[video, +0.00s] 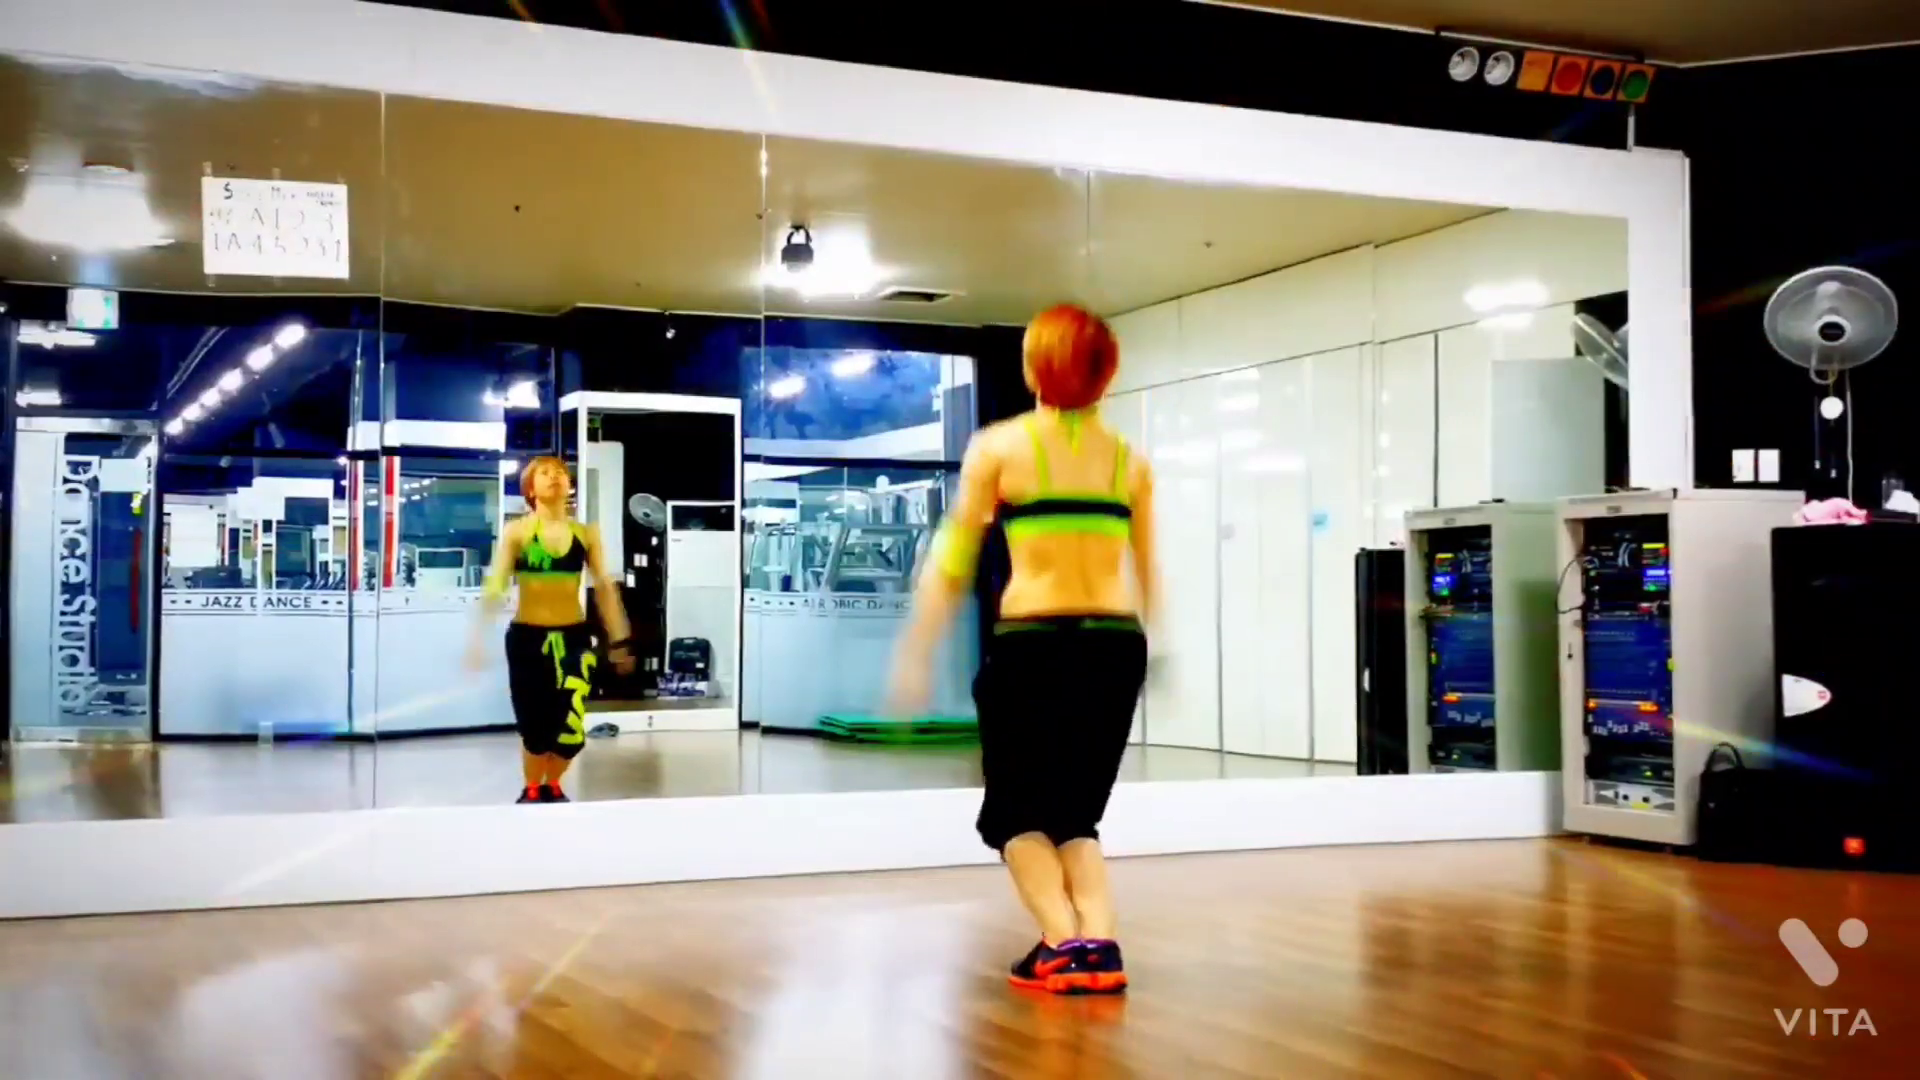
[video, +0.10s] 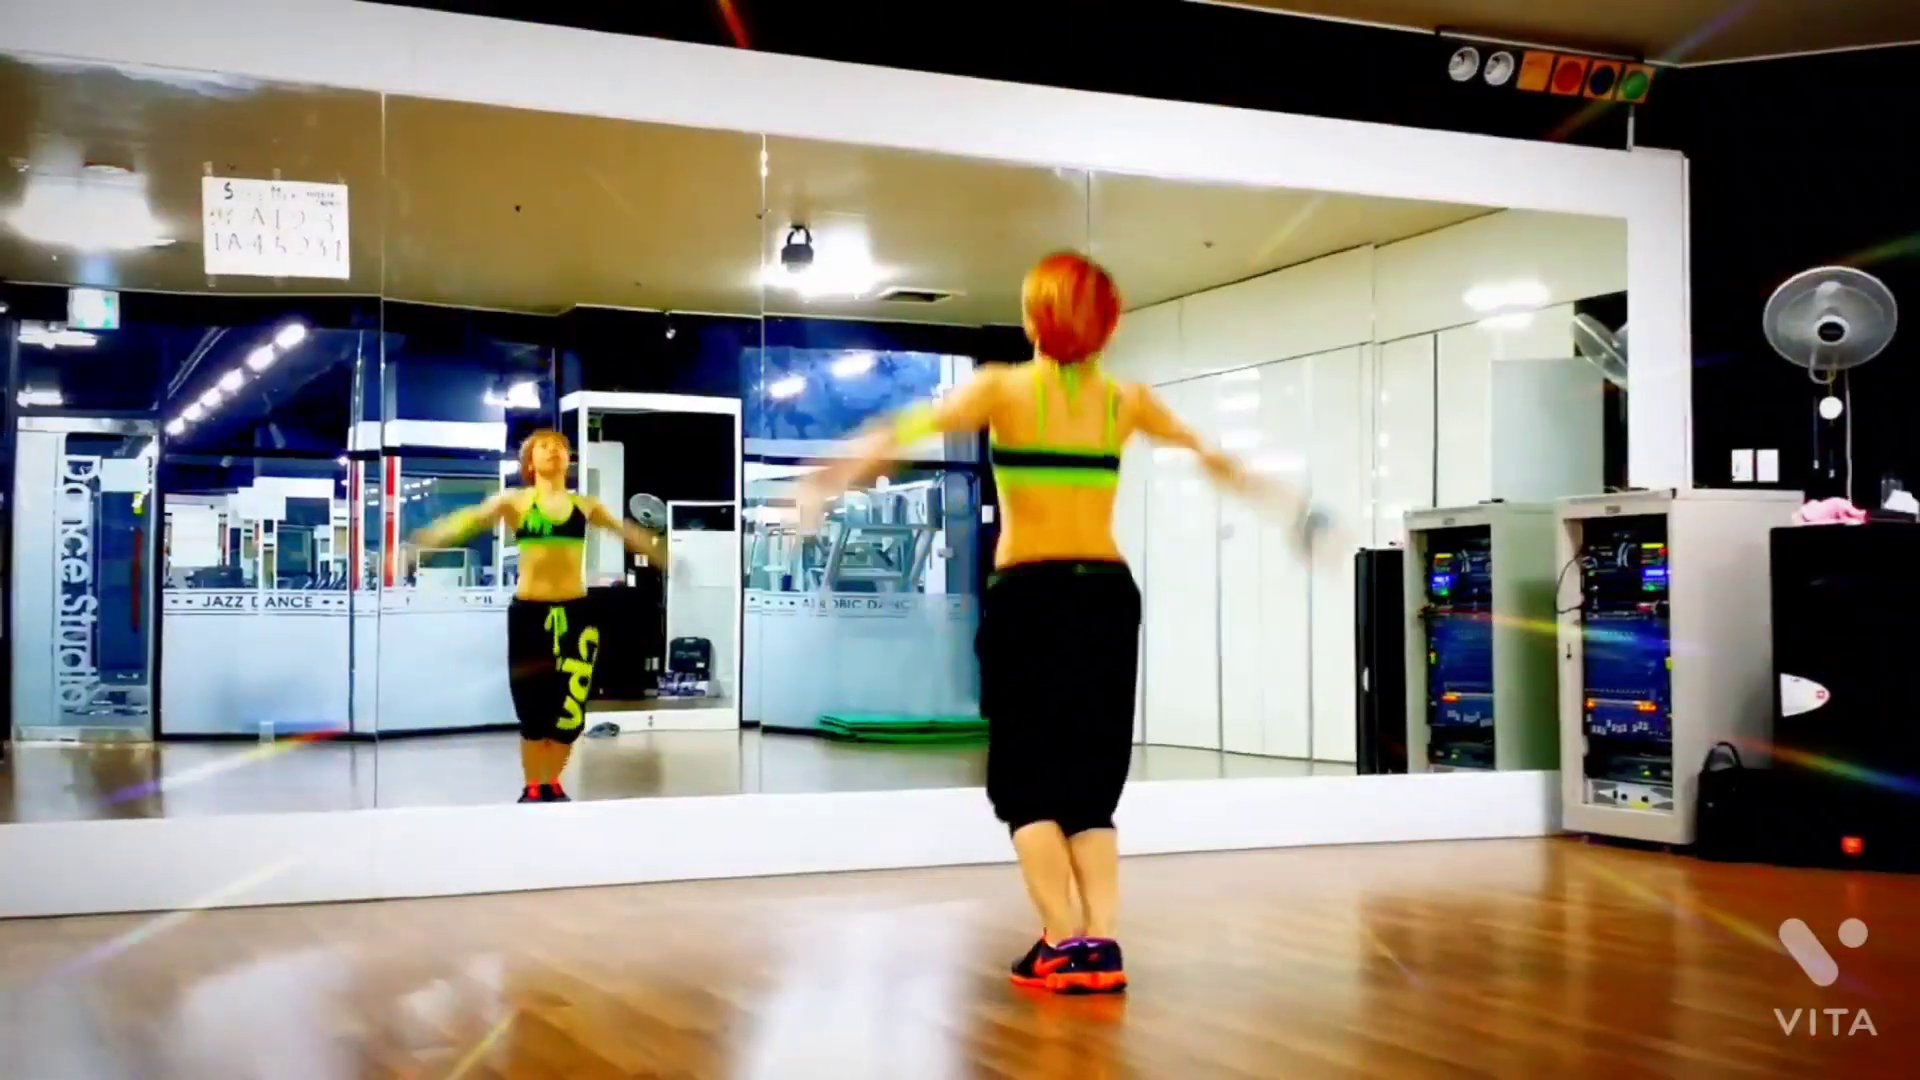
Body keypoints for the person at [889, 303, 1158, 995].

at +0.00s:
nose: (1040, 373)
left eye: (1038, 361)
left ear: (1033, 371)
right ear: (1106, 375)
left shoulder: (998, 447)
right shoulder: (1128, 460)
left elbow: (953, 563)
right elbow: (1146, 569)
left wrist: (917, 654)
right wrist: (1143, 637)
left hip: (1030, 645)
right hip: (1114, 646)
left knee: (1014, 808)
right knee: (1075, 809)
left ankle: (1061, 941)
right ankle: (1101, 944)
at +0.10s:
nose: (1037, 323)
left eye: (1037, 310)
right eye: (1074, 312)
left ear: (1031, 319)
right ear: (1103, 322)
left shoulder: (1000, 388)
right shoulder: (1123, 398)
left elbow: (899, 436)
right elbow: (1208, 453)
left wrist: (831, 483)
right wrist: (1279, 500)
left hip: (1027, 595)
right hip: (1106, 593)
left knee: (1022, 775)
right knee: (1092, 775)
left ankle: (1062, 938)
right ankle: (1101, 942)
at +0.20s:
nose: (1029, 297)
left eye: (1031, 287)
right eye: (1043, 289)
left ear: (1034, 301)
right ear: (1103, 306)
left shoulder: (1002, 368)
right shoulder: (1126, 381)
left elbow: (894, 373)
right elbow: (1222, 399)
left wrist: (797, 390)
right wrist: (1296, 412)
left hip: (1024, 583)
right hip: (1105, 582)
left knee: (1026, 770)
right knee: (1100, 772)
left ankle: (1064, 937)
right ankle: (1102, 943)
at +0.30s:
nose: (1022, 288)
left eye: (1028, 279)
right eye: (1038, 278)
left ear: (1032, 295)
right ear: (1101, 299)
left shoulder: (1006, 356)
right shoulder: (1116, 371)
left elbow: (915, 287)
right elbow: (1207, 310)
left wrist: (823, 230)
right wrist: (1305, 254)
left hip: (1022, 575)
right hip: (1102, 573)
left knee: (1036, 759)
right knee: (1111, 758)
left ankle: (1060, 938)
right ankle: (1102, 942)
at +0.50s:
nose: (1030, 281)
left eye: (1035, 274)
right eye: (1057, 274)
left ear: (1038, 294)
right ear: (1106, 301)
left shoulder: (1009, 349)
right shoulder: (1114, 362)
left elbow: (951, 230)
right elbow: (1161, 262)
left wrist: (886, 129)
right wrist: (1215, 162)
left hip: (1021, 575)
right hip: (1103, 573)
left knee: (1035, 766)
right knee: (1115, 763)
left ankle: (1063, 939)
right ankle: (1103, 943)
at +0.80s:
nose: (1029, 276)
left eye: (1040, 268)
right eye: (1066, 268)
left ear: (1042, 293)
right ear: (1108, 298)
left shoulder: (1015, 348)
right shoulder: (1115, 360)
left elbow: (997, 225)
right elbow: (1107, 249)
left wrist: (995, 119)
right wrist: (1083, 136)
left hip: (1021, 572)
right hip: (1104, 570)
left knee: (1032, 766)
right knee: (1109, 763)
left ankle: (1062, 940)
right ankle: (1102, 944)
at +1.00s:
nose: (1029, 313)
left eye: (1045, 303)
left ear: (1039, 328)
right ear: (1107, 334)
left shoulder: (1012, 389)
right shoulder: (1123, 396)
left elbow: (1004, 330)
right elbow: (1090, 340)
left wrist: (1021, 267)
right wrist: (1045, 269)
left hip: (1023, 613)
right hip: (1106, 611)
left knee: (1014, 791)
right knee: (1082, 794)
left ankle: (1060, 940)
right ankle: (1099, 942)